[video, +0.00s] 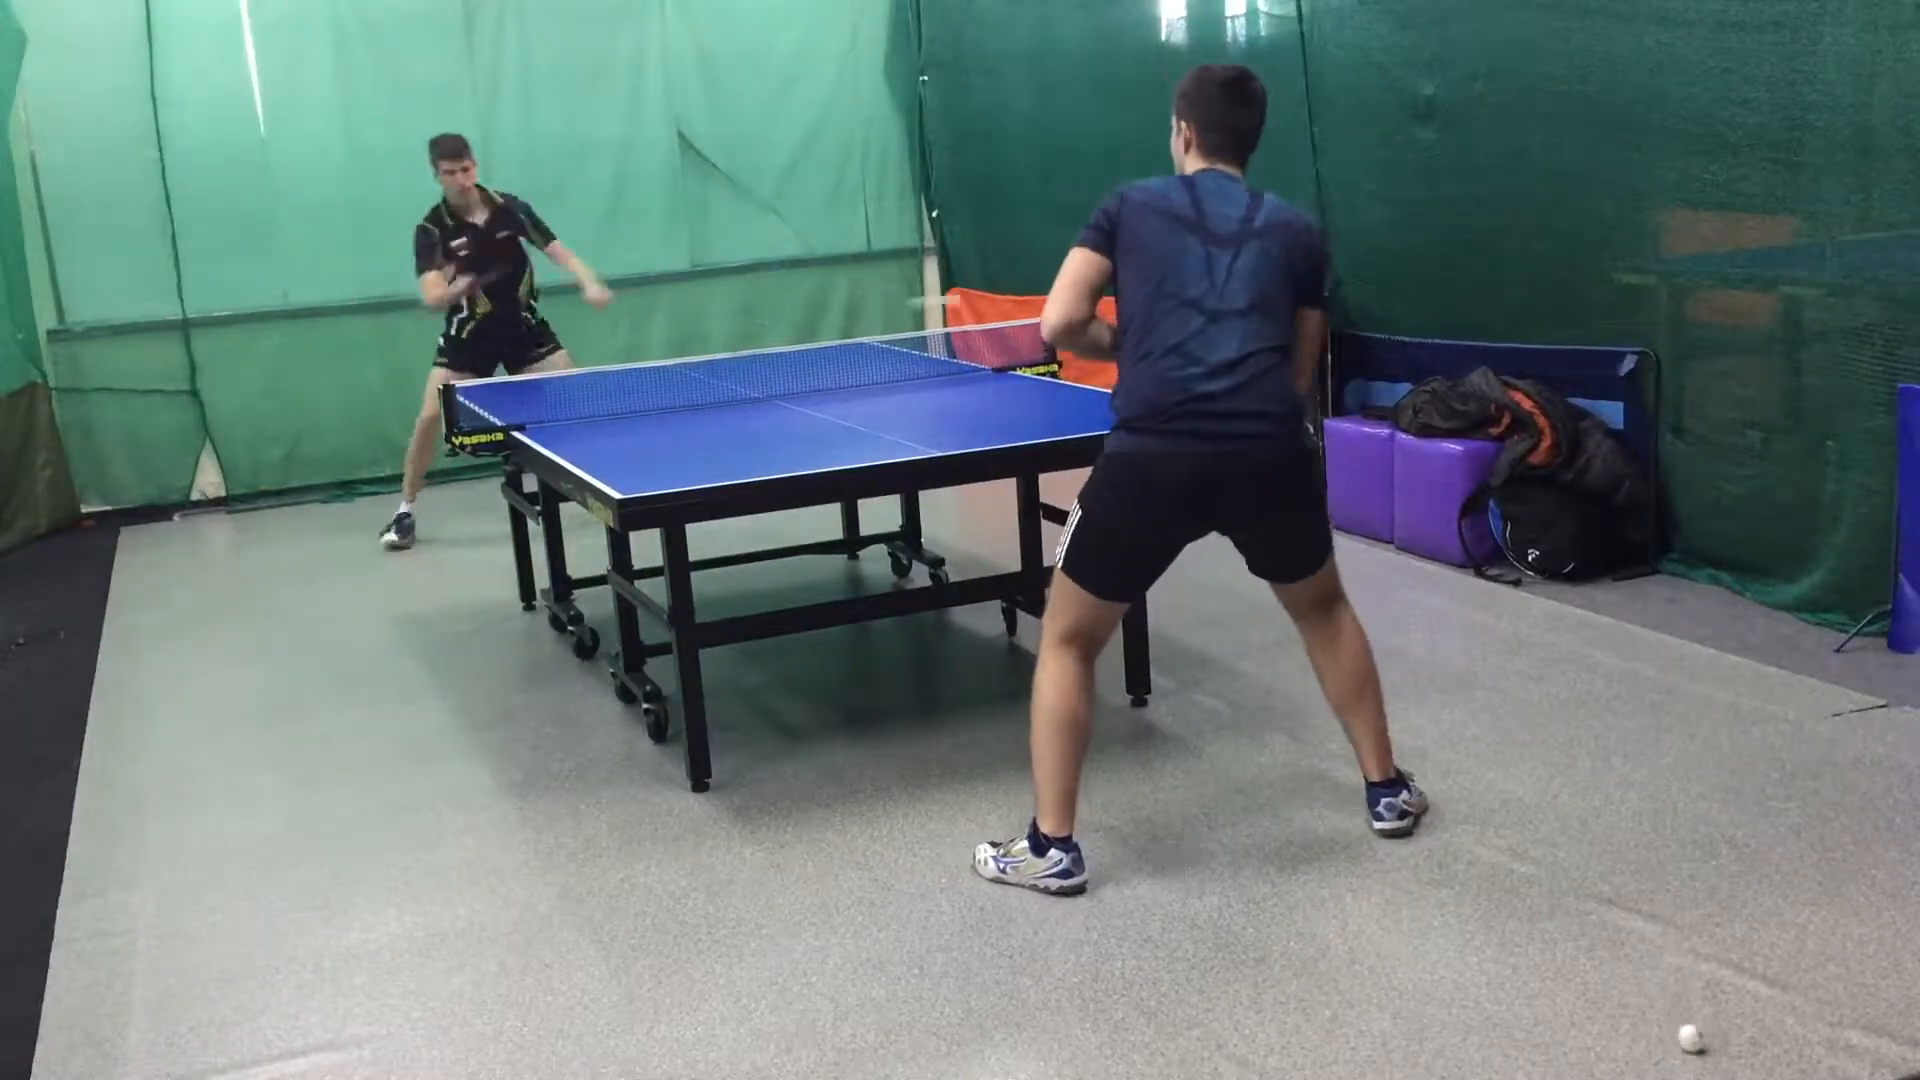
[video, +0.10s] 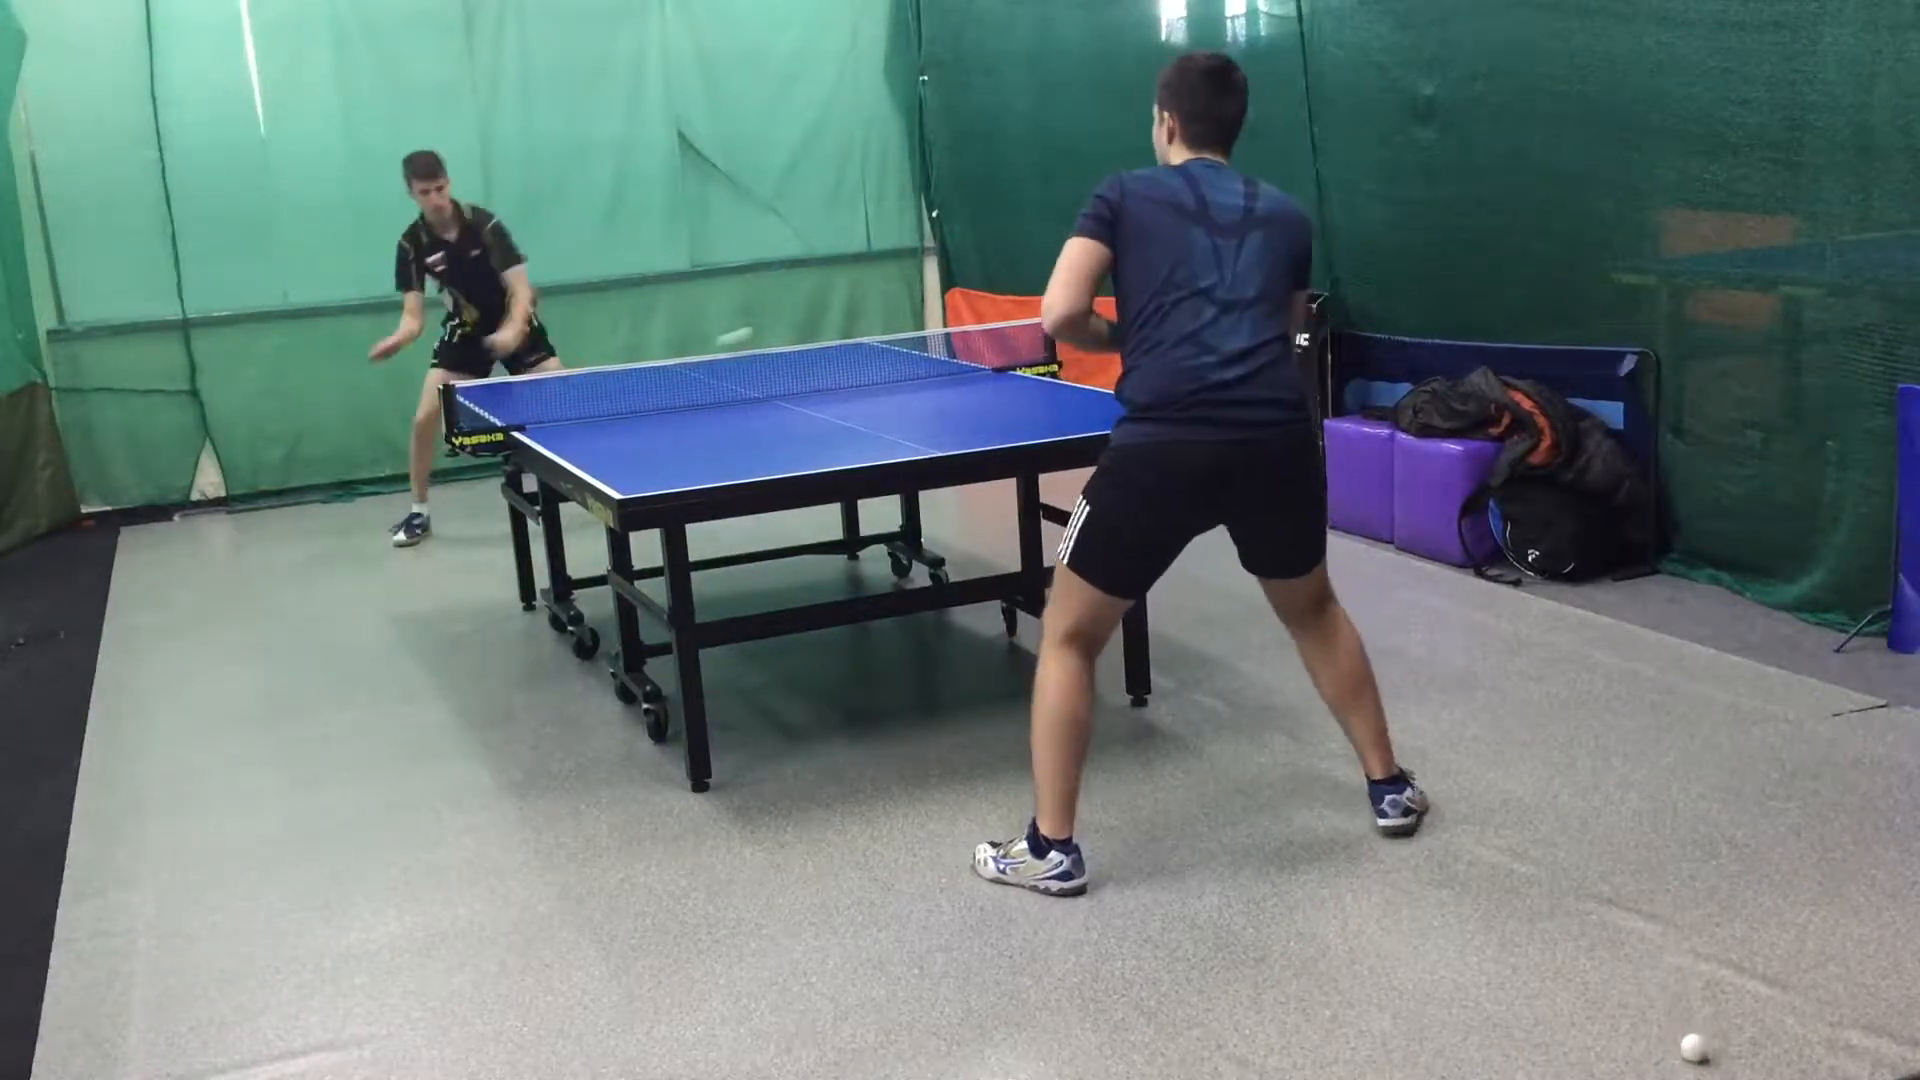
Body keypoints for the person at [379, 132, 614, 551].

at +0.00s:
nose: (460, 179)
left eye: (464, 169)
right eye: (449, 173)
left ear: (475, 166)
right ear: (437, 176)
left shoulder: (510, 209)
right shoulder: (433, 227)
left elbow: (558, 252)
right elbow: (432, 295)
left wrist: (590, 283)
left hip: (522, 324)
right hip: (467, 332)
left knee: (574, 395)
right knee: (428, 418)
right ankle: (405, 512)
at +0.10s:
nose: (437, 198)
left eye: (441, 188)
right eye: (427, 192)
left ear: (449, 183)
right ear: (413, 195)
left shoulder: (483, 224)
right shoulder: (413, 243)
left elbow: (521, 289)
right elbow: (413, 314)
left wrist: (513, 329)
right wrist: (399, 338)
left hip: (510, 317)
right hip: (463, 327)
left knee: (562, 394)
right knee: (425, 417)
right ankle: (418, 511)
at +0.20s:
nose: (417, 226)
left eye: (421, 215)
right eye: (407, 219)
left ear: (431, 208)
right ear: (394, 219)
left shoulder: (460, 248)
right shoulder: (408, 263)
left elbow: (476, 315)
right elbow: (415, 335)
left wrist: (430, 348)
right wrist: (368, 369)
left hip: (519, 347)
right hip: (468, 349)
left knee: (538, 424)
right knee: (415, 419)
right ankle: (418, 511)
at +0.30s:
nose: (417, 234)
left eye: (421, 222)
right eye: (406, 228)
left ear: (431, 212)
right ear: (396, 227)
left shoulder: (460, 250)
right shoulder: (422, 262)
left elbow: (479, 307)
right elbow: (440, 330)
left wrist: (433, 338)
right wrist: (384, 369)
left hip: (529, 351)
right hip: (484, 349)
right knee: (420, 414)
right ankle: (419, 511)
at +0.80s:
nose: (522, 186)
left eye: (527, 177)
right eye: (512, 181)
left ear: (536, 174)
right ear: (499, 185)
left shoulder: (564, 213)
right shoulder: (502, 233)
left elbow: (619, 245)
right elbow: (515, 292)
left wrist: (663, 243)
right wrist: (554, 243)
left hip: (572, 331)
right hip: (528, 344)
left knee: (634, 377)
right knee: (500, 430)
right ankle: (453, 510)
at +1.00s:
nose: (483, 190)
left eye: (487, 180)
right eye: (473, 184)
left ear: (496, 176)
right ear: (460, 186)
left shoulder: (530, 215)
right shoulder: (459, 234)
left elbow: (575, 269)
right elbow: (455, 300)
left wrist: (583, 308)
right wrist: (452, 318)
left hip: (551, 319)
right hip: (501, 325)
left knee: (603, 388)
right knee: (466, 407)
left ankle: (626, 484)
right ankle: (443, 505)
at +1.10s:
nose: (450, 215)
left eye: (454, 205)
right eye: (440, 209)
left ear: (465, 197)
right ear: (429, 209)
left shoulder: (500, 237)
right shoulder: (439, 253)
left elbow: (521, 308)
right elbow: (439, 326)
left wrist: (480, 349)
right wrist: (394, 361)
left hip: (548, 340)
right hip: (501, 342)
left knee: (573, 415)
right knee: (445, 417)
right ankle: (442, 507)